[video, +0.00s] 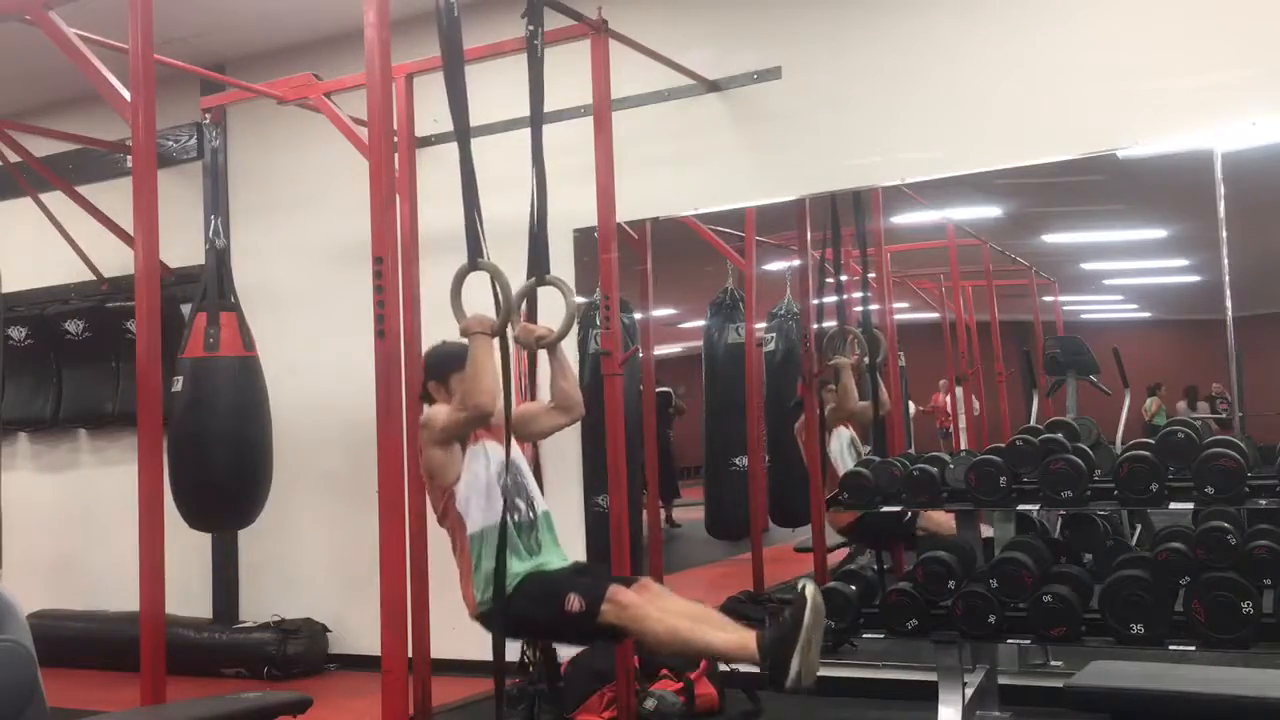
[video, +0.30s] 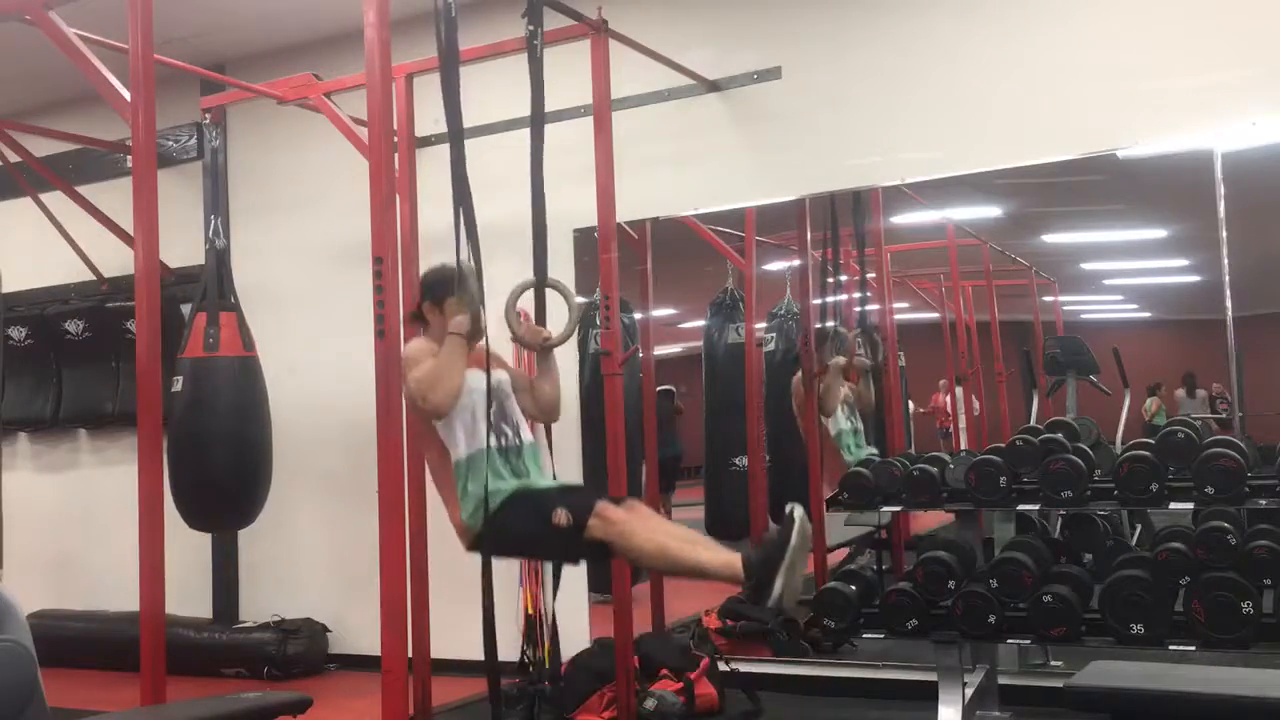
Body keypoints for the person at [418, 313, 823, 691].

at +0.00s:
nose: (473, 388)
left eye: (472, 379)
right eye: (460, 380)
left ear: (469, 383)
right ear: (436, 391)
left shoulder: (499, 425)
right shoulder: (432, 428)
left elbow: (568, 406)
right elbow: (480, 405)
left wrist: (552, 344)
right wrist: (480, 338)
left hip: (550, 569)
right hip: (504, 589)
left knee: (648, 590)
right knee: (622, 605)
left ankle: (768, 644)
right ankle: (764, 653)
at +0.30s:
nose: (465, 319)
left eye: (469, 313)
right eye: (456, 312)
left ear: (474, 316)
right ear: (432, 314)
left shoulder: (489, 360)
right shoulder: (418, 353)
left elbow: (546, 411)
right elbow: (437, 401)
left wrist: (541, 351)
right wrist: (457, 332)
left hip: (534, 491)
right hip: (493, 505)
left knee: (634, 511)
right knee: (608, 518)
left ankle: (754, 564)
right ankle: (747, 570)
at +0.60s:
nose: (513, 257)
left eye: (516, 247)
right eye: (506, 245)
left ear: (504, 247)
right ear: (469, 243)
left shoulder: (497, 297)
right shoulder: (429, 285)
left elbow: (515, 349)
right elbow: (358, 344)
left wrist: (528, 340)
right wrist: (422, 323)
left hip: (509, 428)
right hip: (463, 440)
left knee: (610, 453)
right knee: (588, 462)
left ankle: (722, 523)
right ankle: (718, 523)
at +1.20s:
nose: (608, 258)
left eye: (610, 247)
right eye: (599, 246)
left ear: (584, 252)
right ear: (563, 246)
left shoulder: (579, 292)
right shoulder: (508, 275)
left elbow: (551, 333)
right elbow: (430, 232)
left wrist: (563, 340)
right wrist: (413, 305)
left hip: (502, 417)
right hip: (448, 409)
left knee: (535, 525)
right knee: (503, 527)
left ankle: (549, 667)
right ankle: (529, 675)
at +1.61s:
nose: (590, 156)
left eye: (590, 146)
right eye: (578, 145)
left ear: (579, 156)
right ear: (542, 153)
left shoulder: (570, 216)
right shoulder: (510, 209)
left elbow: (529, 277)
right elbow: (415, 235)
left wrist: (534, 328)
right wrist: (418, 311)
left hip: (512, 365)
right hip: (462, 360)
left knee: (518, 480)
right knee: (488, 480)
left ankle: (495, 618)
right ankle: (467, 623)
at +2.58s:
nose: (562, 83)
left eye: (565, 74)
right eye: (551, 72)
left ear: (561, 83)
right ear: (516, 76)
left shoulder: (556, 152)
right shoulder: (493, 136)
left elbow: (550, 241)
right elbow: (463, 221)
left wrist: (556, 313)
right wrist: (452, 298)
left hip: (532, 313)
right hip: (484, 307)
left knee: (546, 430)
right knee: (518, 426)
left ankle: (573, 554)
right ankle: (549, 559)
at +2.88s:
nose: (572, 80)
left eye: (574, 71)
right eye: (560, 69)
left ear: (570, 80)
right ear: (525, 75)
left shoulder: (568, 150)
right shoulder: (502, 135)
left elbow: (568, 240)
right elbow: (473, 219)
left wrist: (582, 310)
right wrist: (459, 295)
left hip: (546, 310)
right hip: (494, 306)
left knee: (556, 429)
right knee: (527, 426)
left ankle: (578, 558)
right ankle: (559, 561)